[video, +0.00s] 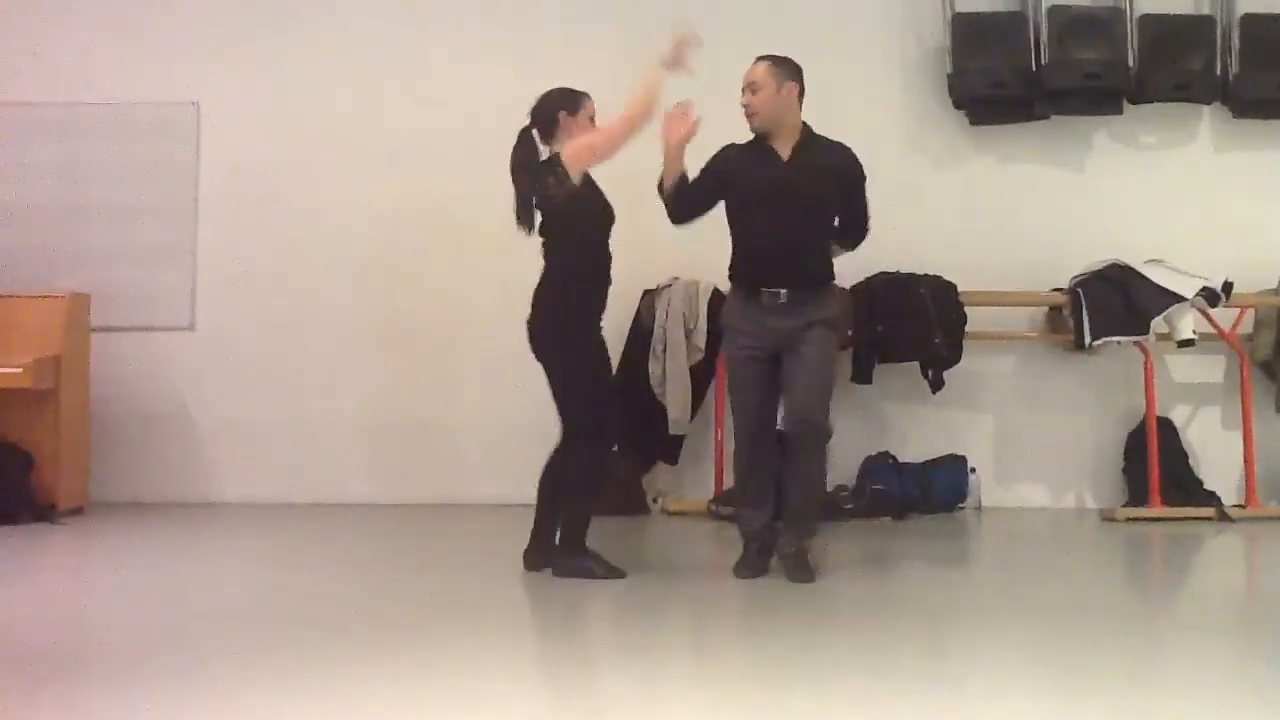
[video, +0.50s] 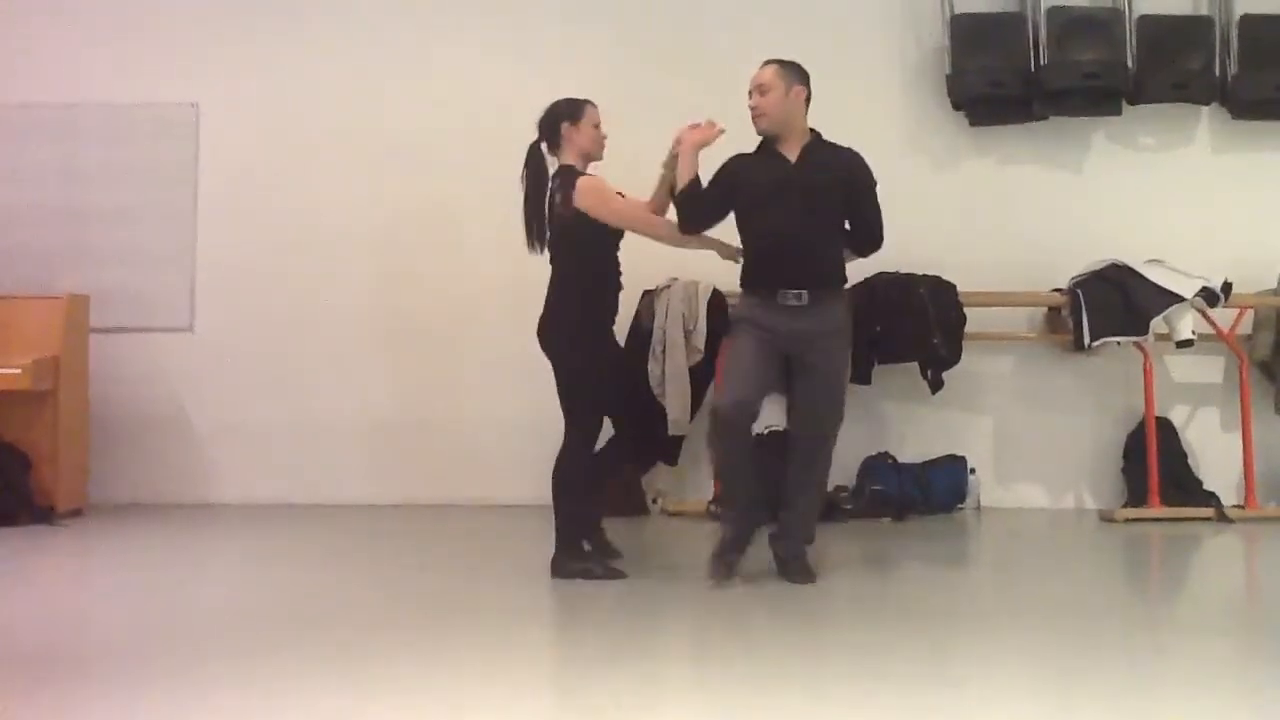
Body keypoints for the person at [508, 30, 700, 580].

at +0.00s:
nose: (598, 124)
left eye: (594, 116)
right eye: (589, 117)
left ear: (560, 125)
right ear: (563, 123)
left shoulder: (561, 171)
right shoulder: (564, 168)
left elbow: (621, 129)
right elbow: (628, 123)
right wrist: (664, 66)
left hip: (564, 320)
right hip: (566, 324)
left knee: (580, 434)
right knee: (597, 432)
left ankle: (543, 543)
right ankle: (570, 548)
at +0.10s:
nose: (601, 129)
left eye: (599, 120)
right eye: (594, 120)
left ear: (564, 126)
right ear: (569, 125)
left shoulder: (558, 172)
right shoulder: (578, 169)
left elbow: (615, 166)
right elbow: (645, 159)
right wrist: (684, 123)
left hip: (572, 322)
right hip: (575, 326)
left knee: (594, 431)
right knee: (599, 432)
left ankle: (549, 536)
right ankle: (566, 547)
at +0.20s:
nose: (602, 128)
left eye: (600, 119)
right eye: (596, 120)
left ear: (566, 126)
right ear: (571, 124)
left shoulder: (559, 173)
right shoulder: (577, 172)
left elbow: (622, 178)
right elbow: (648, 176)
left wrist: (630, 127)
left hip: (571, 320)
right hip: (579, 324)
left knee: (592, 431)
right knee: (596, 434)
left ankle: (553, 531)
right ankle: (566, 546)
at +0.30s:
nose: (604, 132)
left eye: (601, 123)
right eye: (596, 124)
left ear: (567, 132)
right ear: (570, 129)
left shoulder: (557, 178)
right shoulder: (585, 175)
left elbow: (638, 193)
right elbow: (657, 199)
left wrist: (652, 139)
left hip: (566, 322)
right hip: (582, 325)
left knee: (591, 429)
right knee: (598, 432)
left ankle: (563, 524)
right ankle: (568, 549)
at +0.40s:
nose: (603, 136)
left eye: (601, 128)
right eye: (596, 128)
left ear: (567, 137)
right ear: (570, 135)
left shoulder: (564, 186)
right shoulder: (582, 185)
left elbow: (647, 216)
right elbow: (658, 225)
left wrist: (668, 170)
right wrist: (715, 241)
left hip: (567, 328)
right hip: (581, 332)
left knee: (579, 437)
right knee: (646, 430)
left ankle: (571, 543)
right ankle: (572, 545)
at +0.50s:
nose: (603, 134)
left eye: (600, 126)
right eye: (595, 126)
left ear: (568, 136)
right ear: (568, 133)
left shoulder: (570, 185)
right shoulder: (582, 187)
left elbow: (652, 214)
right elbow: (661, 229)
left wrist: (674, 162)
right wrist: (718, 245)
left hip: (572, 326)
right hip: (579, 330)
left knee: (581, 434)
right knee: (644, 428)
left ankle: (582, 525)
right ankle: (569, 549)